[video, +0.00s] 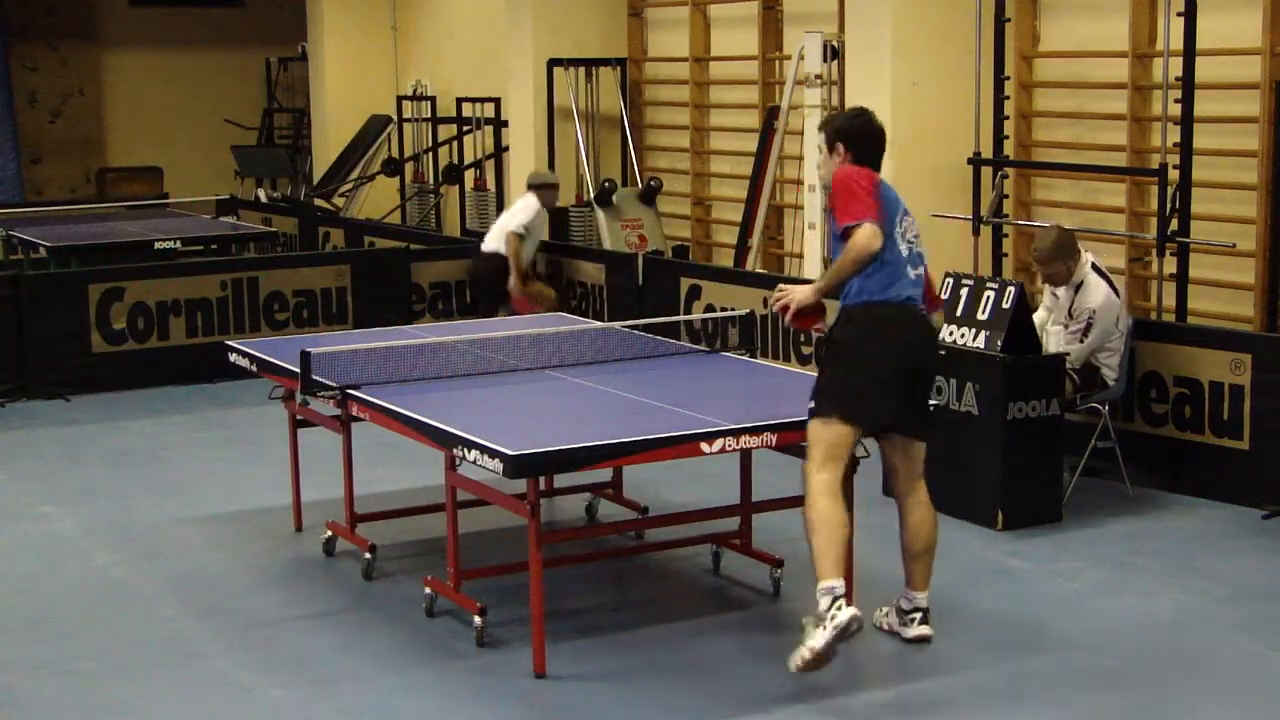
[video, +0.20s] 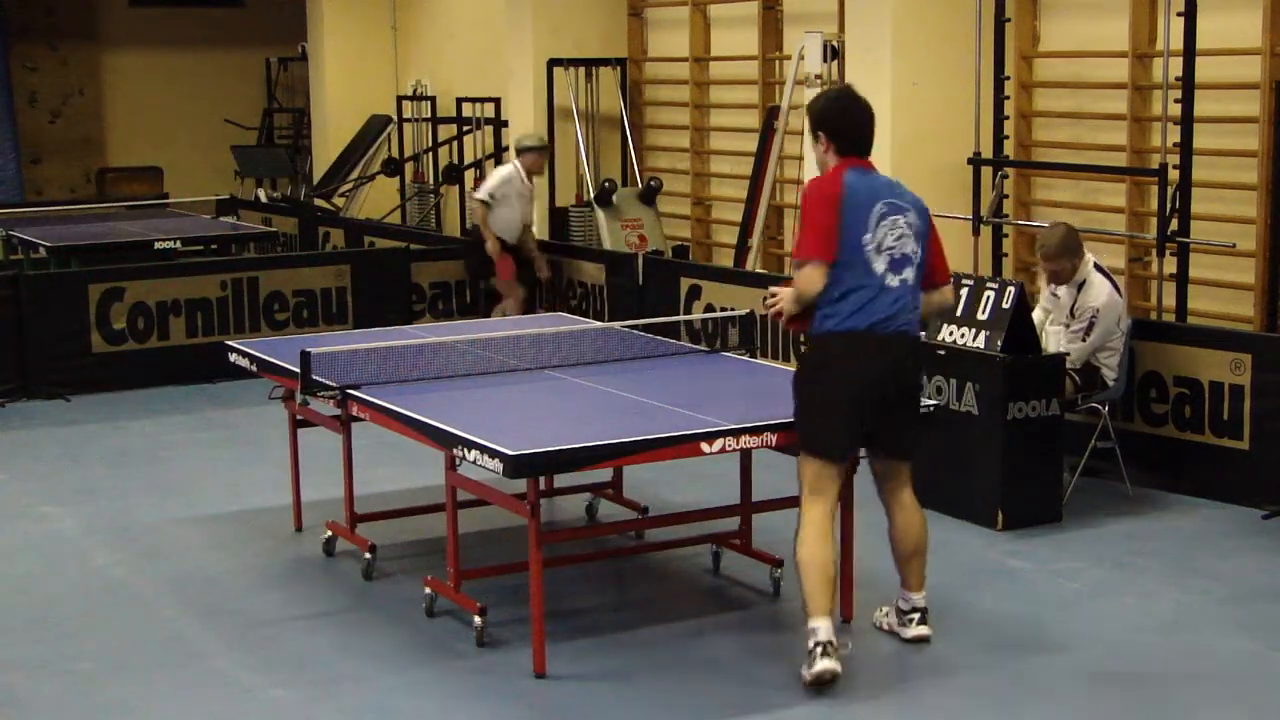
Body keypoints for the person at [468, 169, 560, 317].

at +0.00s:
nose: (557, 197)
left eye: (557, 191)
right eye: (555, 191)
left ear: (541, 190)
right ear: (543, 190)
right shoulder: (532, 204)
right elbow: (513, 235)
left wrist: (527, 277)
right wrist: (515, 276)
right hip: (494, 262)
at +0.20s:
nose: (544, 161)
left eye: (545, 156)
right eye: (541, 155)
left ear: (533, 157)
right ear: (527, 155)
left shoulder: (527, 183)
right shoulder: (506, 173)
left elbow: (525, 230)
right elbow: (478, 202)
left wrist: (537, 258)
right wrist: (489, 238)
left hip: (511, 247)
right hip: (489, 245)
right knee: (514, 295)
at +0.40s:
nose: (514, 145)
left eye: (517, 140)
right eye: (508, 140)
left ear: (521, 143)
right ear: (495, 142)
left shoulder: (523, 177)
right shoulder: (475, 167)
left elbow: (528, 213)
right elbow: (449, 198)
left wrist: (535, 240)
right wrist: (469, 220)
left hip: (502, 240)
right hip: (474, 237)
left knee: (506, 293)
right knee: (483, 292)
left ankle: (487, 337)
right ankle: (474, 341)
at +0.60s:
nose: (488, 144)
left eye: (492, 139)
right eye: (482, 139)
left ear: (497, 143)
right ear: (470, 141)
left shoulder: (508, 171)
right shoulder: (453, 171)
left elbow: (517, 206)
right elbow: (437, 206)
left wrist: (507, 227)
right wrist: (452, 233)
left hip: (495, 243)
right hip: (463, 242)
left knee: (496, 297)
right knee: (461, 298)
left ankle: (481, 341)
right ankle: (458, 344)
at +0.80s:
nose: (471, 138)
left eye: (475, 134)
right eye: (465, 133)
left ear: (482, 138)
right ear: (454, 136)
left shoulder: (493, 166)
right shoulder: (438, 165)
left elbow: (501, 205)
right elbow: (426, 202)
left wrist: (485, 223)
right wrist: (443, 224)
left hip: (485, 238)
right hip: (453, 239)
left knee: (494, 295)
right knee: (456, 299)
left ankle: (487, 344)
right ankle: (456, 348)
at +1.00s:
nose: (459, 134)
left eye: (464, 129)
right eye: (454, 130)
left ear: (470, 134)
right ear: (444, 134)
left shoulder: (484, 164)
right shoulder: (427, 162)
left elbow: (499, 204)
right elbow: (417, 202)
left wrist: (500, 236)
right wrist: (434, 179)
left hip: (479, 239)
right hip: (445, 241)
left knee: (487, 303)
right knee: (453, 305)